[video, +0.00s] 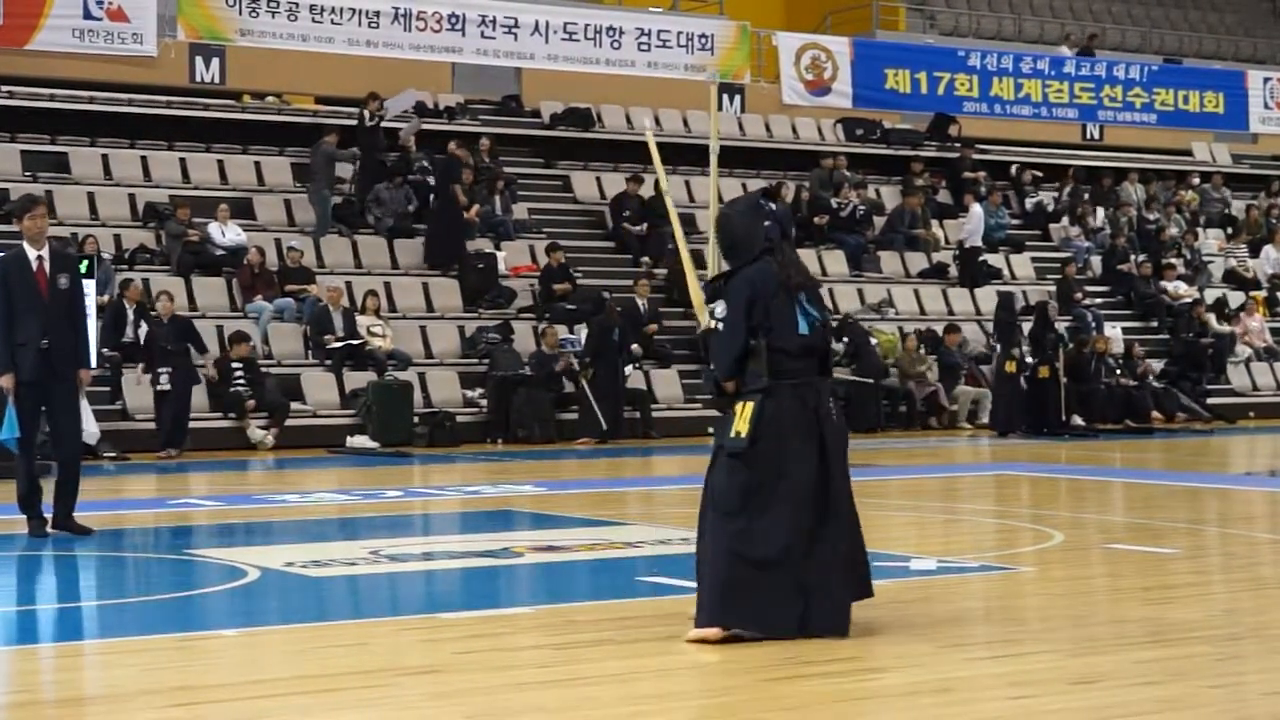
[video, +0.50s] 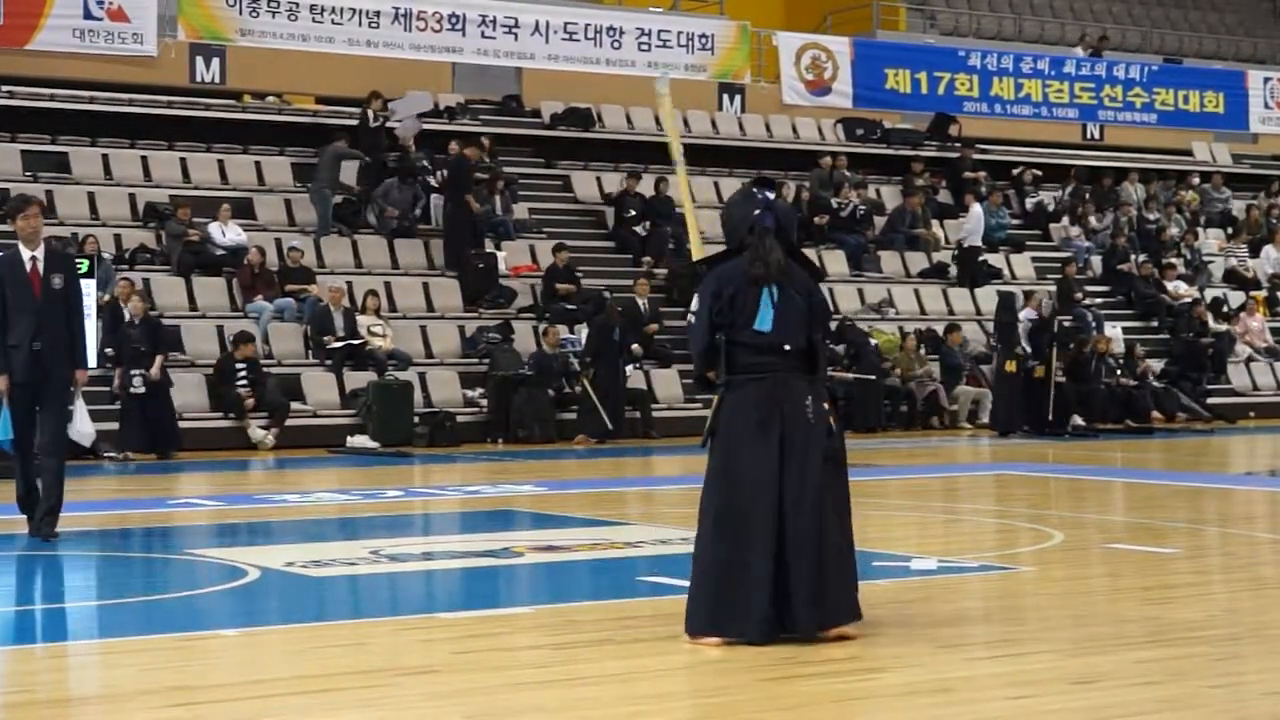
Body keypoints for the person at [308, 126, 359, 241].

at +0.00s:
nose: (336, 141)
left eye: (336, 138)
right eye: (336, 138)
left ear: (325, 135)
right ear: (333, 136)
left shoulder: (317, 148)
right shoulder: (326, 148)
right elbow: (338, 155)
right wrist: (353, 153)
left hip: (315, 189)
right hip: (322, 191)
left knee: (323, 224)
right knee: (324, 225)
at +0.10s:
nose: (337, 141)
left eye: (337, 138)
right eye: (337, 138)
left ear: (326, 135)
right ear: (334, 136)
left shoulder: (317, 148)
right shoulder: (327, 149)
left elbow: (324, 173)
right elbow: (341, 155)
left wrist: (339, 181)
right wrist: (357, 153)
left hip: (316, 189)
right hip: (323, 191)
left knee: (324, 224)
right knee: (324, 225)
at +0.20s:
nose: (339, 142)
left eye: (339, 140)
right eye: (338, 139)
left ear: (328, 137)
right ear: (334, 137)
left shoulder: (319, 148)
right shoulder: (329, 149)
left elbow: (327, 176)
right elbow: (341, 154)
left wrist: (344, 185)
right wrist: (357, 155)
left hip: (316, 189)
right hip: (323, 190)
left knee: (324, 224)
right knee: (324, 224)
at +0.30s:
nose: (340, 144)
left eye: (340, 141)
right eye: (339, 141)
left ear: (329, 139)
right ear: (335, 139)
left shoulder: (323, 151)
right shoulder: (330, 150)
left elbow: (331, 179)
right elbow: (344, 154)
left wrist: (348, 187)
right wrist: (359, 155)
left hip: (317, 191)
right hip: (323, 191)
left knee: (325, 224)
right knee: (324, 225)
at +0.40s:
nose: (344, 146)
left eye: (344, 143)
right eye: (342, 143)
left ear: (332, 141)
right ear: (337, 141)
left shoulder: (324, 152)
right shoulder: (332, 150)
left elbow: (333, 182)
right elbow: (350, 153)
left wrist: (351, 189)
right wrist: (362, 157)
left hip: (317, 191)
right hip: (323, 191)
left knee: (325, 225)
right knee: (324, 226)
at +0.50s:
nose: (345, 147)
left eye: (346, 145)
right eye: (345, 144)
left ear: (335, 142)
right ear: (343, 142)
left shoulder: (326, 152)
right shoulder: (336, 149)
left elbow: (334, 183)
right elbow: (352, 153)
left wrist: (353, 190)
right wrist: (363, 158)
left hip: (316, 191)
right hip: (323, 191)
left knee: (324, 225)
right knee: (324, 226)